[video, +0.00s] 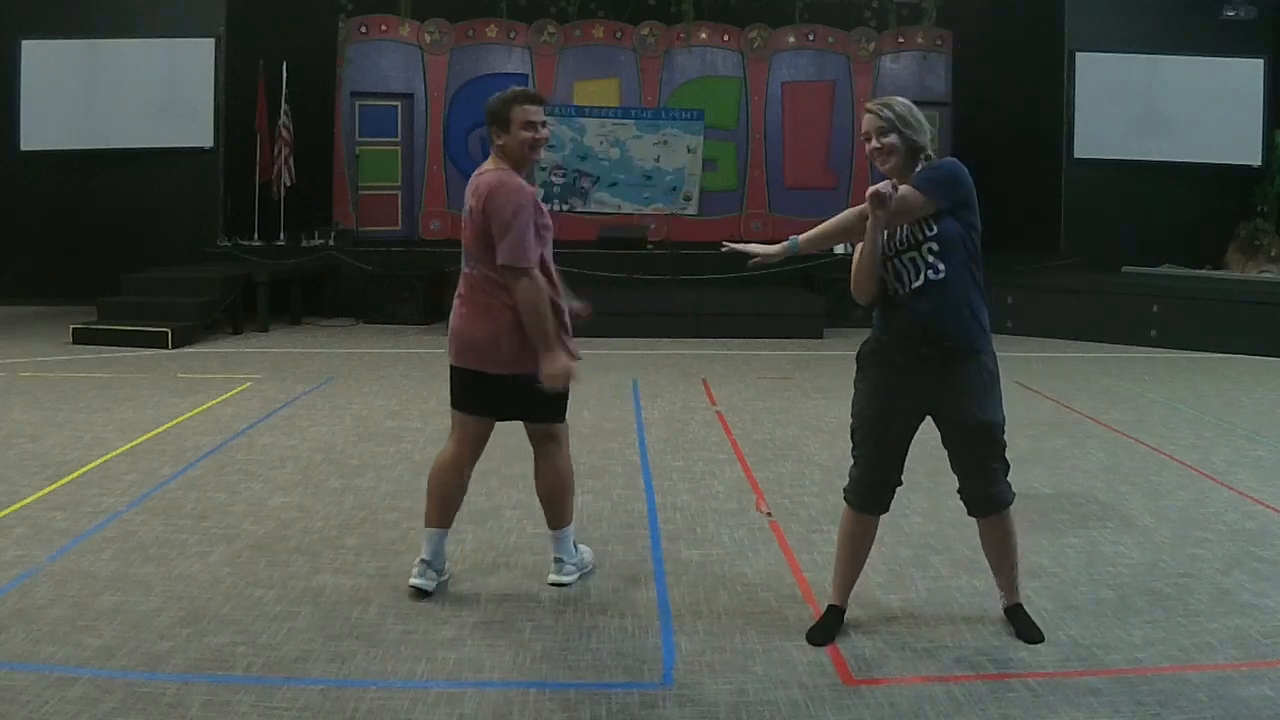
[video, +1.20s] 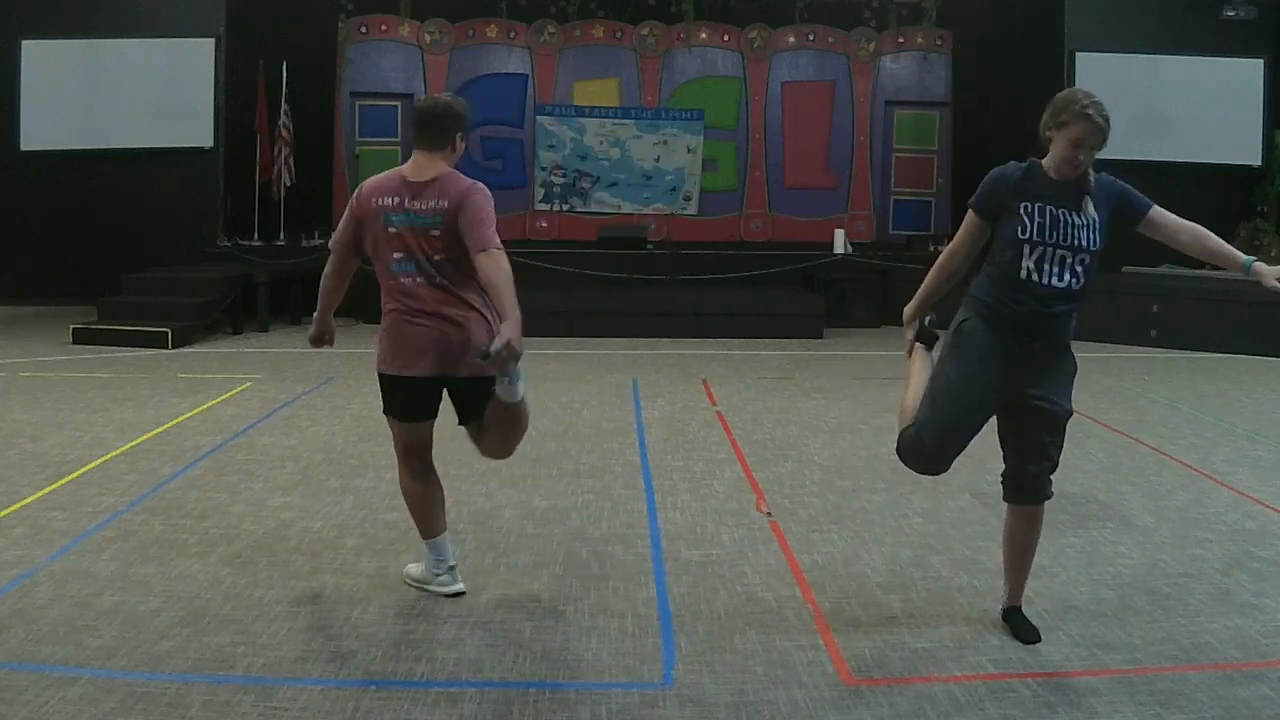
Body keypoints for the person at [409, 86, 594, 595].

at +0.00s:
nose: (540, 135)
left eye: (543, 126)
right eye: (529, 126)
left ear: (540, 130)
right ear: (500, 134)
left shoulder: (483, 181)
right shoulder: (513, 192)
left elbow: (520, 259)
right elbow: (523, 278)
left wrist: (560, 299)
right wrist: (549, 348)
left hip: (474, 342)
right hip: (523, 344)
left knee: (460, 446)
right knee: (550, 444)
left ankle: (430, 561)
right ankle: (565, 556)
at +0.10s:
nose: (541, 133)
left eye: (539, 124)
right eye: (531, 125)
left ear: (496, 135)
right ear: (499, 133)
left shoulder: (469, 179)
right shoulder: (504, 186)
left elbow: (473, 262)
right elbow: (503, 268)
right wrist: (520, 344)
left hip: (460, 340)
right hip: (515, 341)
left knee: (447, 448)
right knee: (546, 442)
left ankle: (425, 567)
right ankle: (563, 555)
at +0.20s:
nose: (538, 133)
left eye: (536, 123)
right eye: (533, 124)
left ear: (483, 133)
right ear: (510, 132)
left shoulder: (451, 183)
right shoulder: (509, 189)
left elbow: (443, 259)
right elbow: (512, 272)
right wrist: (534, 347)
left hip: (447, 345)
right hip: (505, 347)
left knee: (439, 446)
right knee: (547, 435)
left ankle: (424, 567)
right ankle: (549, 555)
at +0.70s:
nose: (481, 140)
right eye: (482, 133)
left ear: (431, 128)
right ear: (478, 134)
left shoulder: (390, 189)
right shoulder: (500, 189)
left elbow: (382, 274)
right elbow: (551, 252)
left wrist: (395, 331)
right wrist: (588, 298)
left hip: (425, 344)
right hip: (497, 344)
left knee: (423, 448)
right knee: (521, 443)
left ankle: (421, 570)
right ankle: (548, 558)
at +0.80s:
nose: (477, 141)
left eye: (476, 134)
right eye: (478, 134)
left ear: (426, 127)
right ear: (470, 132)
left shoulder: (378, 180)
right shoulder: (484, 184)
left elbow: (361, 258)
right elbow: (541, 247)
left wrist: (367, 322)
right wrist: (588, 300)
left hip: (415, 339)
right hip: (486, 333)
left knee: (421, 447)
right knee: (523, 415)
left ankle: (422, 569)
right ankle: (557, 499)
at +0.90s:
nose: (478, 136)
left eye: (477, 130)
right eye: (479, 130)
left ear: (427, 122)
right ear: (471, 128)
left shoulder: (375, 174)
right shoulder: (481, 185)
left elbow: (347, 246)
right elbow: (536, 246)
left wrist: (347, 310)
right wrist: (583, 303)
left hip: (410, 337)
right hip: (481, 326)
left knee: (418, 447)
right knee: (513, 394)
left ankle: (423, 566)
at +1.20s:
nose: (465, 145)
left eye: (462, 140)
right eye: (465, 139)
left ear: (410, 137)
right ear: (457, 141)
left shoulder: (371, 193)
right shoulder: (468, 194)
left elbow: (340, 261)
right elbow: (489, 257)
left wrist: (322, 317)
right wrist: (512, 317)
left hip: (403, 350)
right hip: (470, 346)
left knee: (415, 461)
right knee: (497, 445)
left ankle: (441, 567)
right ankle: (510, 374)